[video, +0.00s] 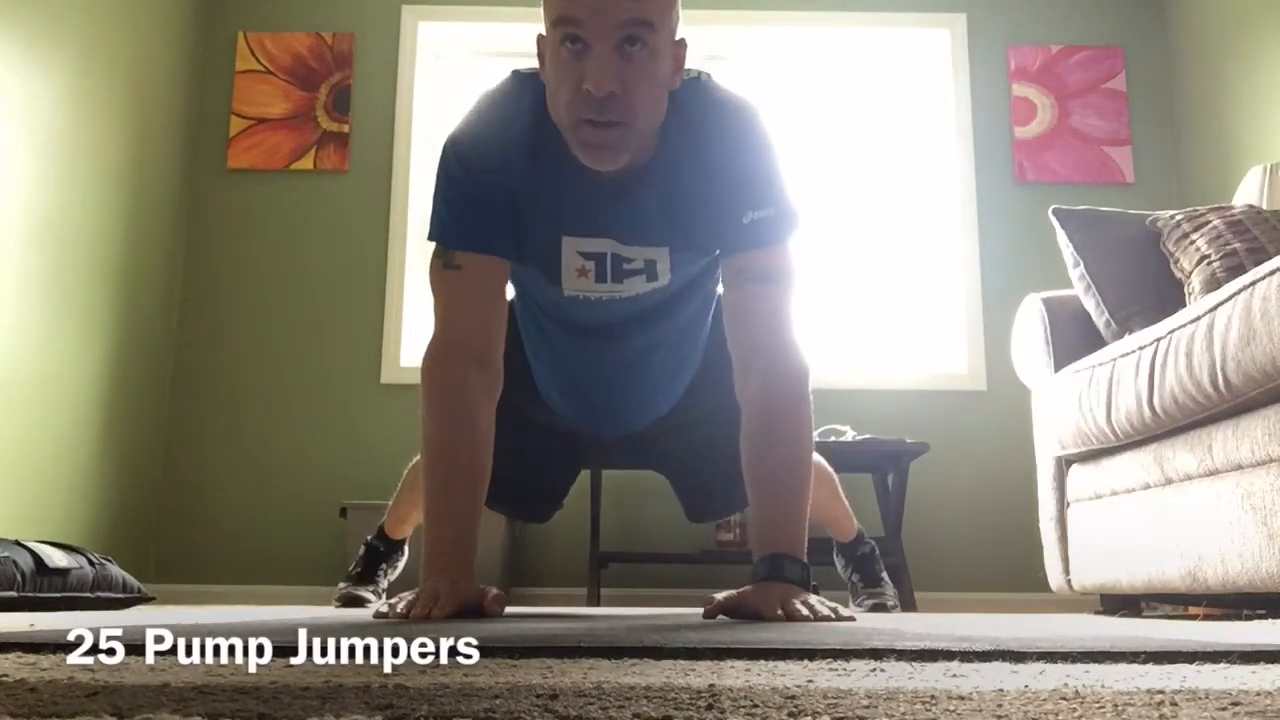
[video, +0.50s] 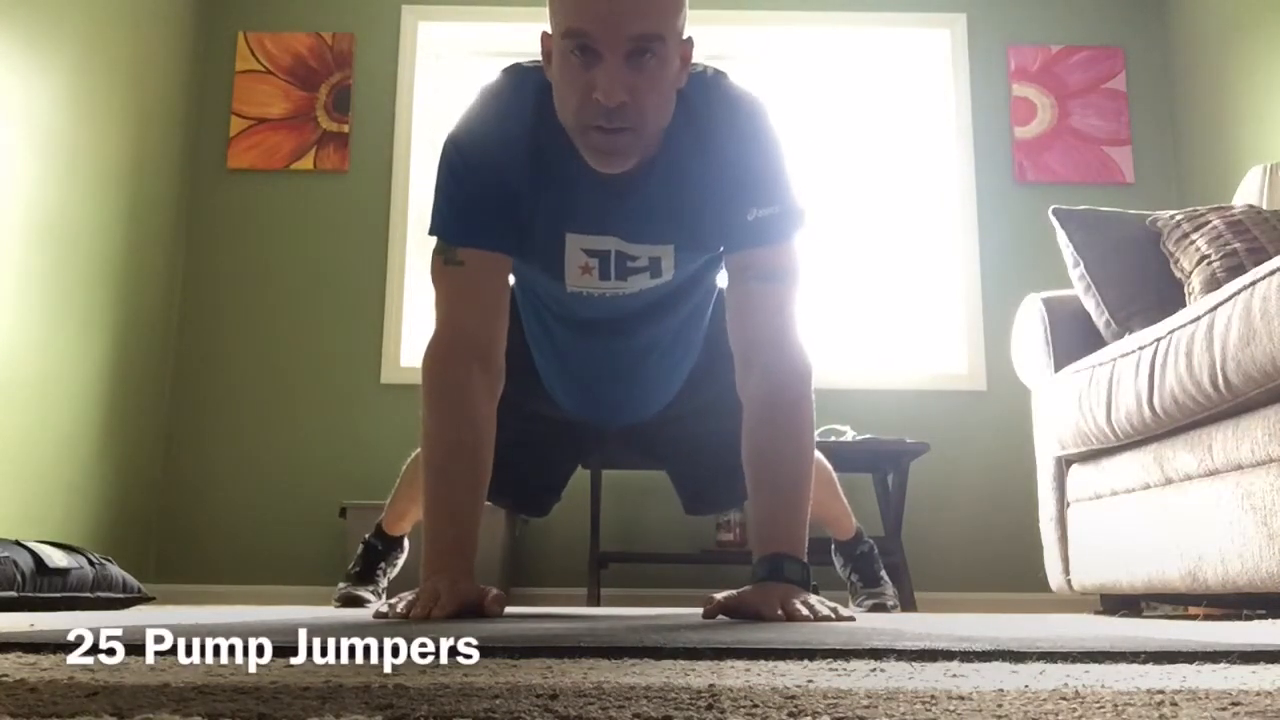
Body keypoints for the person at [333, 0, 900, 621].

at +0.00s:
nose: (598, 81)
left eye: (632, 45)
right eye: (575, 46)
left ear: (676, 58)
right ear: (543, 54)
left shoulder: (728, 136)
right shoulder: (490, 142)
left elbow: (770, 359)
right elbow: (462, 360)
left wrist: (782, 575)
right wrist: (446, 582)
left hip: (691, 384)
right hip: (538, 384)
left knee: (787, 470)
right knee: (448, 467)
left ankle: (860, 557)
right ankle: (382, 553)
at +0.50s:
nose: (609, 90)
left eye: (642, 55)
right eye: (583, 53)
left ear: (684, 60)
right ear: (547, 53)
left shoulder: (733, 129)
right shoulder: (495, 132)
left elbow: (773, 361)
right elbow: (462, 358)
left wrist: (782, 575)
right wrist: (447, 579)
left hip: (689, 358)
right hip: (537, 356)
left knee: (787, 463)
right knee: (448, 456)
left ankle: (858, 554)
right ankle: (381, 546)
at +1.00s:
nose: (618, 101)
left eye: (651, 65)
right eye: (591, 63)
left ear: (694, 42)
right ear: (554, 36)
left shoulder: (743, 110)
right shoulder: (499, 110)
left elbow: (780, 359)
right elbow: (462, 351)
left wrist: (782, 575)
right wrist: (444, 581)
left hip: (690, 336)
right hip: (541, 335)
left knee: (789, 455)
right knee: (450, 450)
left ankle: (856, 550)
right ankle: (384, 543)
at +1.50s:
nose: (624, 208)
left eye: (649, 191)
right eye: (599, 190)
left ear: (696, 100)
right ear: (553, 105)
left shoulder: (747, 118)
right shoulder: (494, 124)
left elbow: (782, 364)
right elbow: (461, 357)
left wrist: (783, 576)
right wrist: (444, 582)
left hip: (691, 325)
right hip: (543, 324)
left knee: (791, 447)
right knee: (454, 442)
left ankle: (859, 549)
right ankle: (387, 546)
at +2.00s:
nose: (620, 294)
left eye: (645, 280)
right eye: (598, 279)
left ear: (694, 176)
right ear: (550, 180)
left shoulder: (743, 130)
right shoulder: (494, 138)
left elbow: (783, 371)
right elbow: (462, 359)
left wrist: (780, 573)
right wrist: (448, 575)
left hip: (694, 313)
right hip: (537, 308)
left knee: (788, 434)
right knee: (456, 422)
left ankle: (857, 546)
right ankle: (386, 537)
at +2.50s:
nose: (623, 270)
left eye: (649, 251)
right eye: (598, 250)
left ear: (694, 144)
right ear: (549, 157)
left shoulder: (743, 121)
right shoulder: (493, 133)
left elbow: (784, 369)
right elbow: (461, 360)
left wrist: (780, 573)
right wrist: (447, 577)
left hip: (693, 317)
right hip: (538, 315)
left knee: (787, 436)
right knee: (457, 422)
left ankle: (857, 544)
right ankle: (386, 536)